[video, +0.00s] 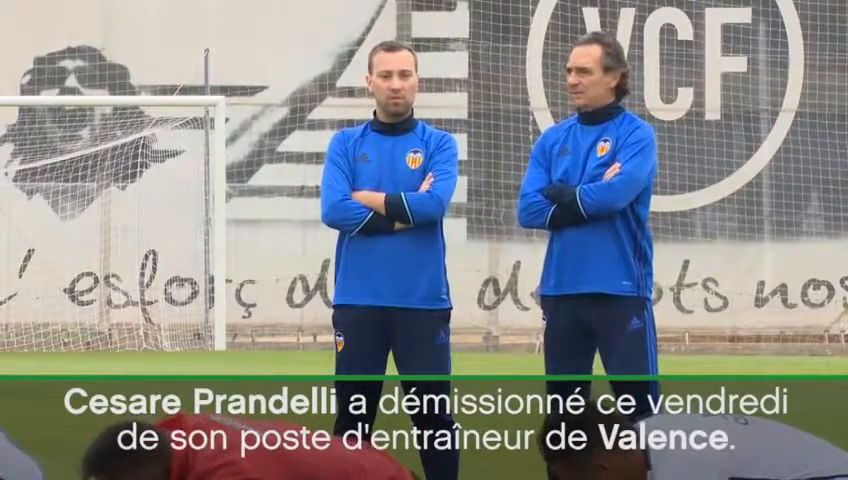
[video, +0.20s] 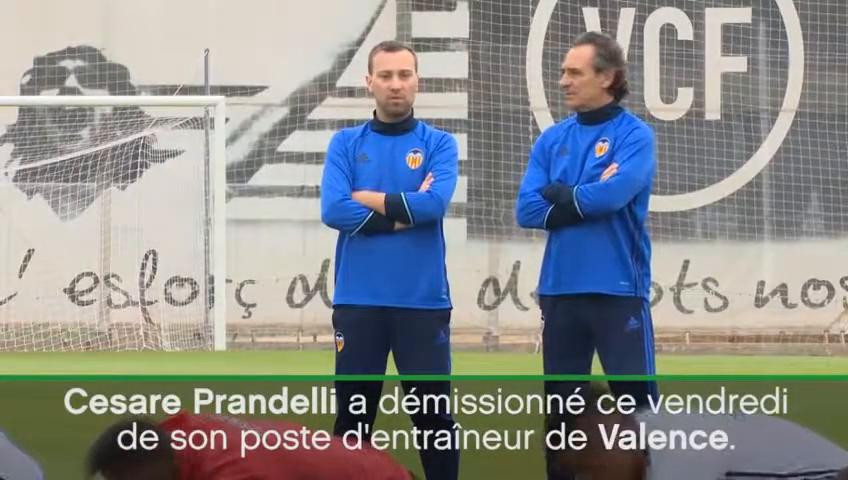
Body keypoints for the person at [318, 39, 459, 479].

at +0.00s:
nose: (396, 84)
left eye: (405, 75)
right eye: (386, 76)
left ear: (418, 82)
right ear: (369, 83)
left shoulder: (439, 143)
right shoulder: (345, 142)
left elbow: (433, 207)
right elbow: (333, 211)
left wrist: (360, 196)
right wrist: (407, 213)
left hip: (423, 302)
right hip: (358, 301)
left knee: (434, 417)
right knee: (352, 418)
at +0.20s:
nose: (396, 84)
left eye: (405, 75)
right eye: (386, 76)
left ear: (417, 82)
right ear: (369, 83)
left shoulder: (439, 143)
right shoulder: (345, 142)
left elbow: (433, 206)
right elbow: (333, 211)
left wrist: (361, 196)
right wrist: (406, 213)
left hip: (423, 302)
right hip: (358, 301)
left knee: (434, 417)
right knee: (352, 418)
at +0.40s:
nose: (395, 84)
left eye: (404, 75)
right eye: (385, 75)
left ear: (417, 82)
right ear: (369, 83)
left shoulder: (439, 143)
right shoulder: (346, 142)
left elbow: (433, 206)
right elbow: (333, 210)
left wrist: (362, 196)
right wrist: (406, 213)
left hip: (423, 302)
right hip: (358, 301)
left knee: (433, 416)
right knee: (352, 418)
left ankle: (443, 479)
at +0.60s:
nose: (394, 84)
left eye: (404, 75)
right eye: (385, 75)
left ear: (417, 82)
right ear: (369, 83)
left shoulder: (440, 143)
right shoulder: (345, 142)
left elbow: (433, 206)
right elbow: (333, 210)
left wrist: (363, 196)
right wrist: (406, 213)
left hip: (423, 301)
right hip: (358, 301)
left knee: (433, 415)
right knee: (352, 417)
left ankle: (443, 478)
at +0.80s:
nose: (393, 85)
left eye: (402, 76)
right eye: (384, 76)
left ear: (417, 82)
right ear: (369, 83)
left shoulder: (439, 143)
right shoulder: (345, 142)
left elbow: (433, 206)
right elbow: (333, 210)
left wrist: (363, 196)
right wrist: (406, 213)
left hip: (422, 301)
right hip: (358, 301)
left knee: (433, 415)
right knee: (352, 417)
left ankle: (443, 479)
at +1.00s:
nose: (393, 85)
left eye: (402, 76)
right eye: (383, 77)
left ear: (417, 82)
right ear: (368, 83)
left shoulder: (439, 142)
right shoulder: (345, 141)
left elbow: (432, 205)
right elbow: (332, 210)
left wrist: (362, 196)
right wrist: (404, 213)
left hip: (423, 302)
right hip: (357, 302)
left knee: (433, 417)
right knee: (352, 417)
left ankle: (442, 479)